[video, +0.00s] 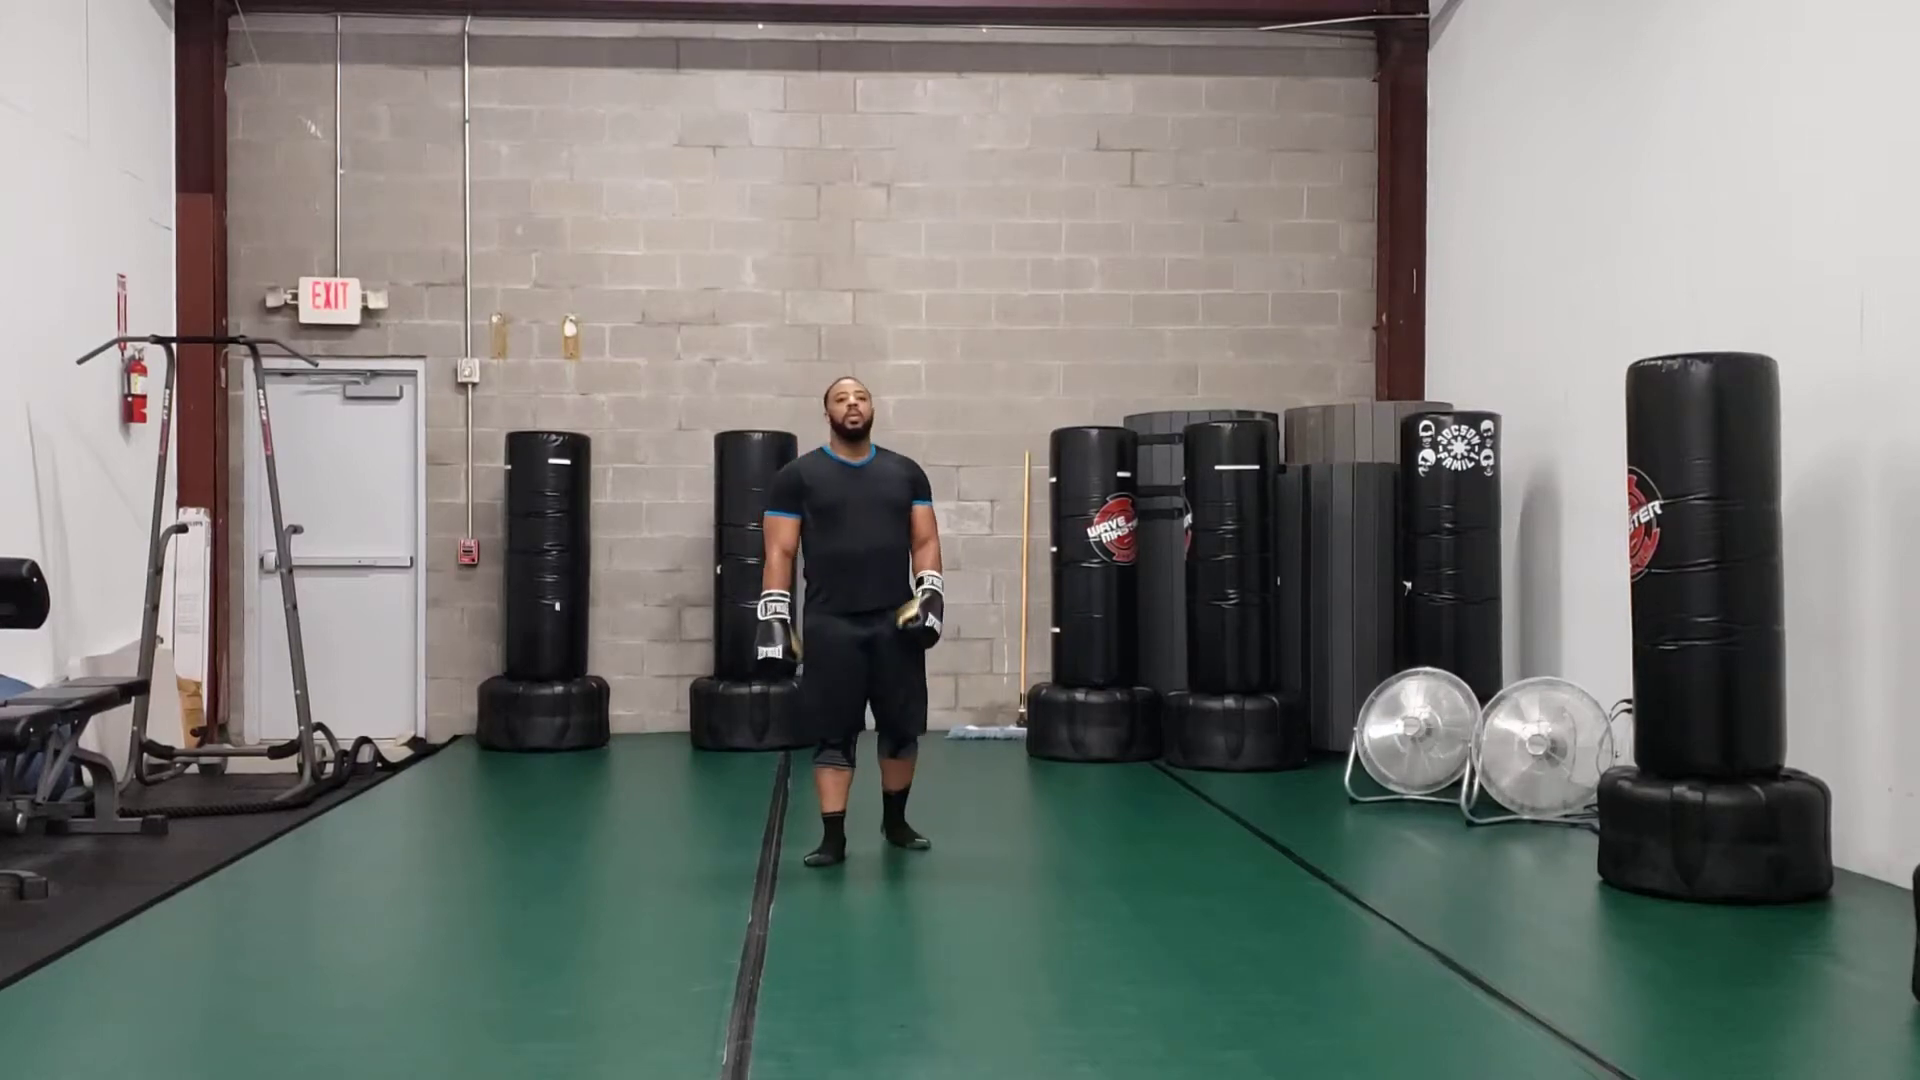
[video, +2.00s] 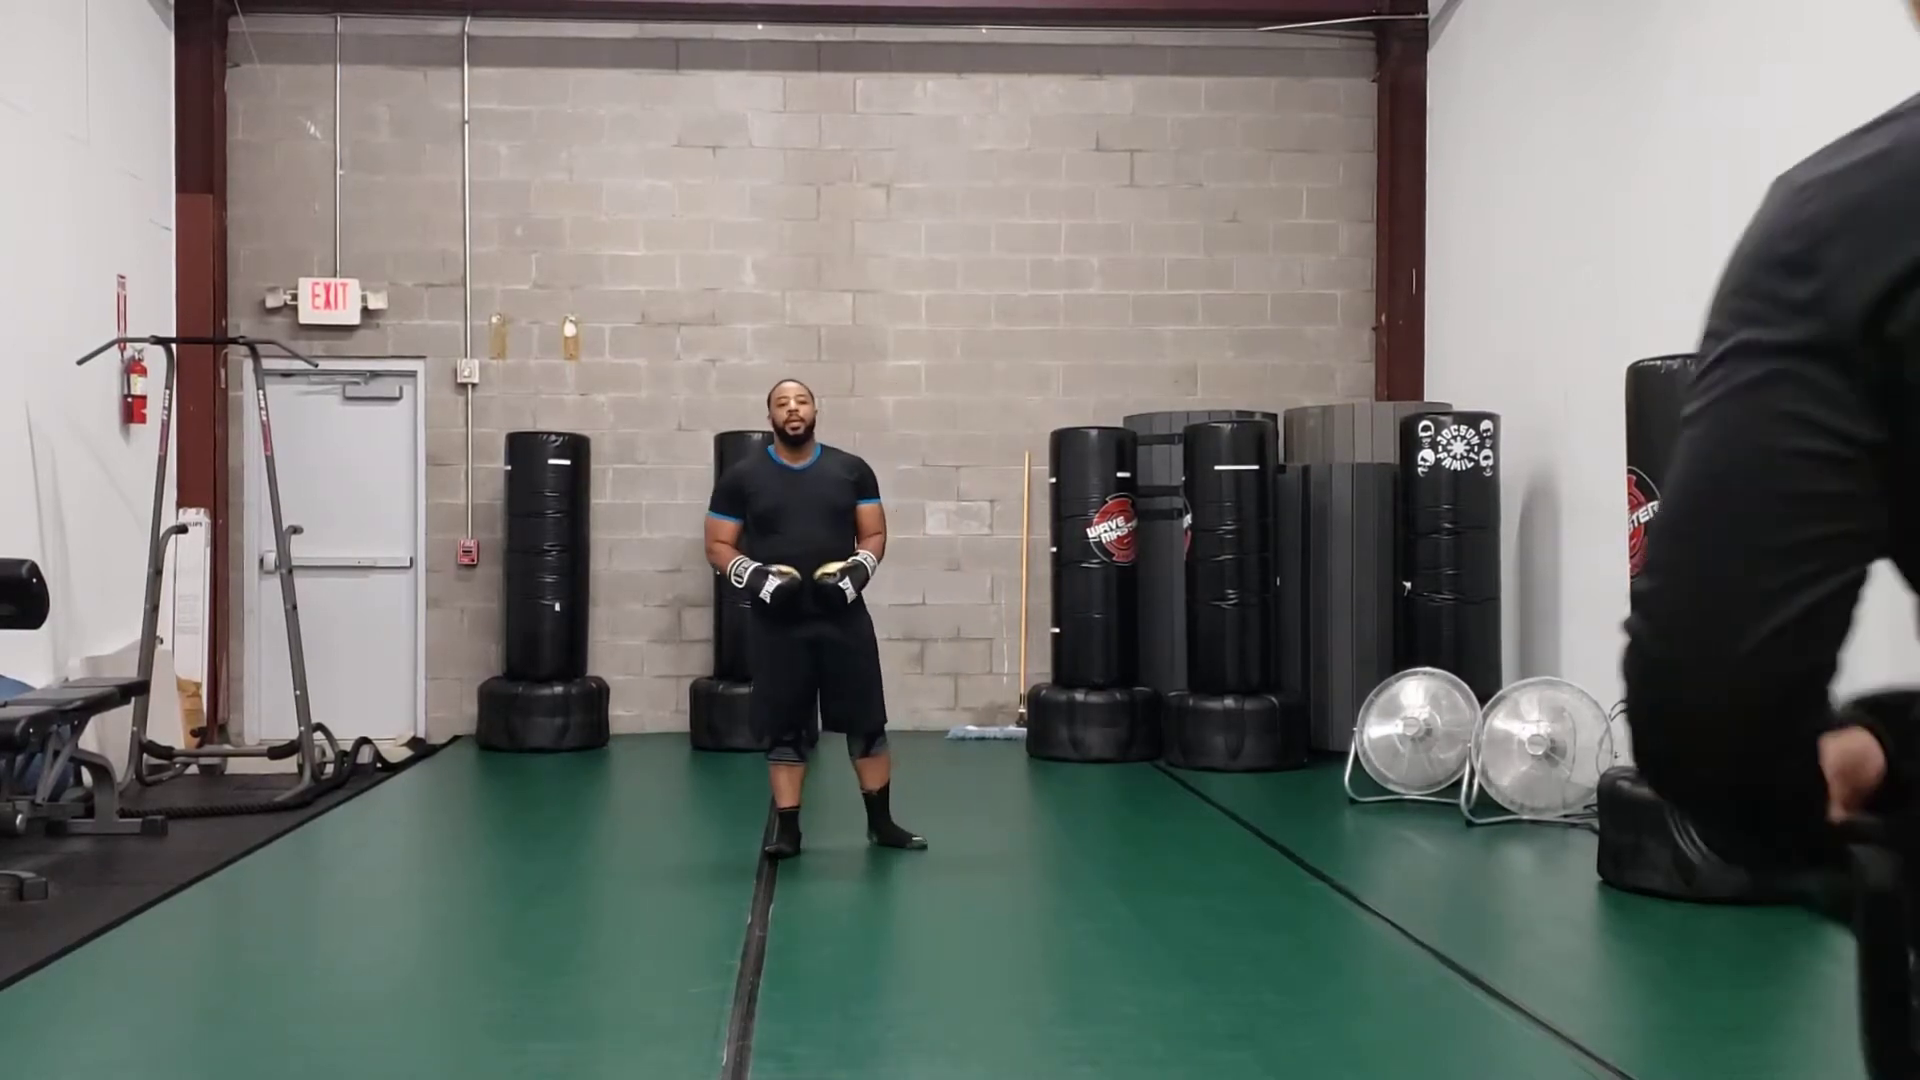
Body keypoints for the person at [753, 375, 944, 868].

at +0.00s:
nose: (853, 404)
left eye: (860, 398)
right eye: (842, 399)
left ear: (873, 412)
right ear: (827, 415)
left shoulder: (906, 473)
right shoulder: (799, 476)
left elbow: (925, 541)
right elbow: (780, 551)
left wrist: (930, 593)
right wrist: (774, 616)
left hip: (896, 620)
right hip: (830, 623)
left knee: (902, 729)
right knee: (833, 733)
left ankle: (896, 822)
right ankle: (833, 839)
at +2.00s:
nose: (793, 410)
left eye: (801, 402)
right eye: (783, 404)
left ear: (815, 412)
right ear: (770, 418)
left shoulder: (852, 470)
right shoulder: (743, 476)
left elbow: (874, 536)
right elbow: (718, 546)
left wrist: (857, 571)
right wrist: (756, 577)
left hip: (843, 617)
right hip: (777, 621)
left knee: (867, 721)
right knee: (784, 730)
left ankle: (882, 823)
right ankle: (786, 832)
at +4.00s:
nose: (800, 427)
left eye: (811, 418)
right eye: (791, 416)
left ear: (824, 416)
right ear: (774, 411)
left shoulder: (856, 473)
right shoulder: (738, 472)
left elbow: (872, 553)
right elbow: (710, 544)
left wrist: (880, 619)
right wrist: (733, 554)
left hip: (838, 636)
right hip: (764, 638)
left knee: (858, 751)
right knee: (761, 755)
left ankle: (865, 838)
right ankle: (756, 873)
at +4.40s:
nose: (768, 420)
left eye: (778, 411)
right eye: (757, 408)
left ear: (789, 409)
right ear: (735, 401)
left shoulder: (817, 468)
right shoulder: (690, 468)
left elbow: (843, 548)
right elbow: (658, 544)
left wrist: (862, 616)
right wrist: (696, 549)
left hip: (796, 629)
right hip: (726, 634)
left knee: (792, 750)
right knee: (741, 758)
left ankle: (790, 879)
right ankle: (754, 875)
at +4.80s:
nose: (753, 410)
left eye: (767, 401)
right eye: (745, 396)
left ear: (781, 406)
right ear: (726, 390)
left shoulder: (806, 472)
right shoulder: (675, 460)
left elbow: (824, 561)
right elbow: (651, 543)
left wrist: (836, 637)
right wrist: (638, 615)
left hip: (770, 642)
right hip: (691, 641)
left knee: (763, 772)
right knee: (690, 771)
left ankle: (749, 898)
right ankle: (749, 845)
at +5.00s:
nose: (736, 405)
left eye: (750, 396)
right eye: (728, 390)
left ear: (765, 399)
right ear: (708, 384)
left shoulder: (791, 466)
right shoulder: (660, 461)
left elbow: (813, 554)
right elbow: (626, 549)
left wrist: (814, 630)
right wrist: (587, 618)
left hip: (760, 649)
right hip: (673, 646)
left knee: (759, 780)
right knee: (648, 768)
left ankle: (748, 902)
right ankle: (666, 894)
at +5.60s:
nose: (650, 395)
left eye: (664, 384)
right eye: (640, 379)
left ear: (677, 386)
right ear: (614, 371)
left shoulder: (702, 458)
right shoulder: (554, 451)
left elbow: (727, 553)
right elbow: (522, 546)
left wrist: (739, 628)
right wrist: (506, 624)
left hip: (668, 646)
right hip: (581, 650)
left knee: (680, 790)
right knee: (592, 797)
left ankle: (689, 924)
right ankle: (598, 935)